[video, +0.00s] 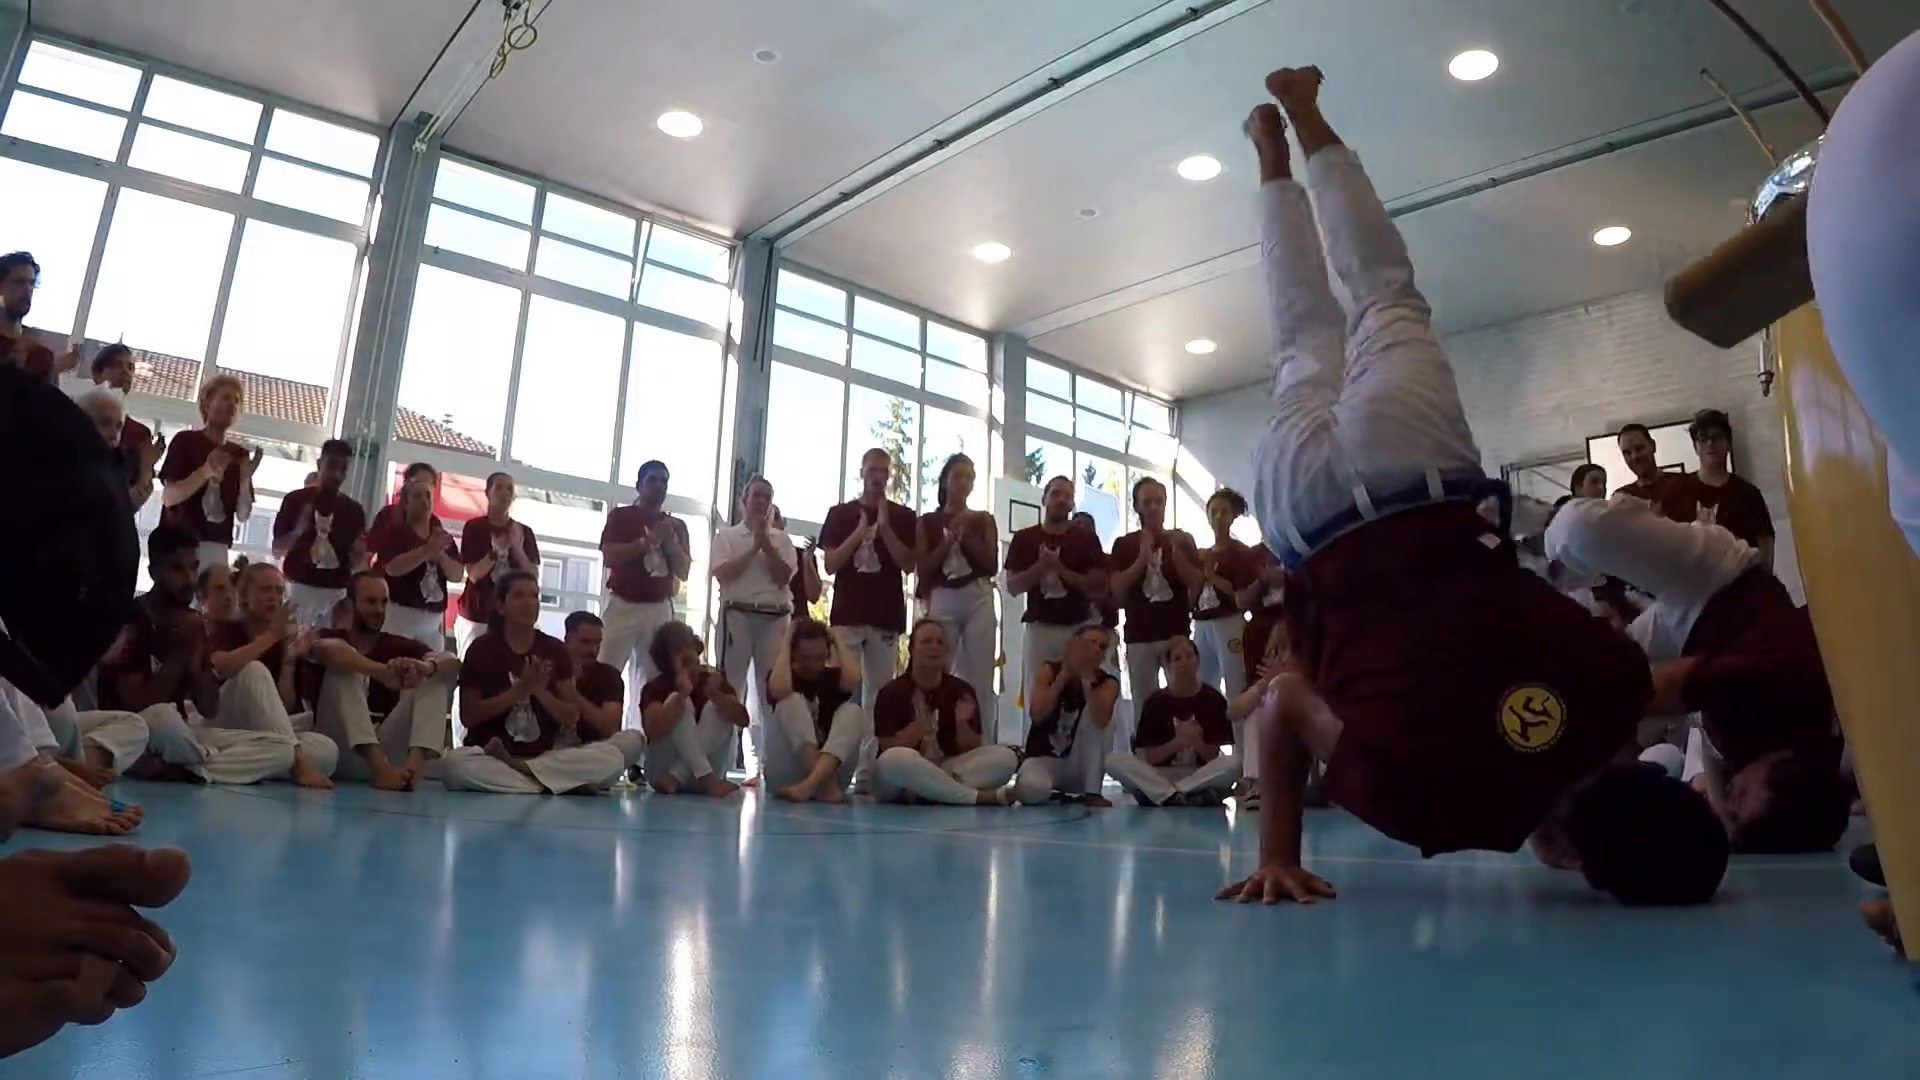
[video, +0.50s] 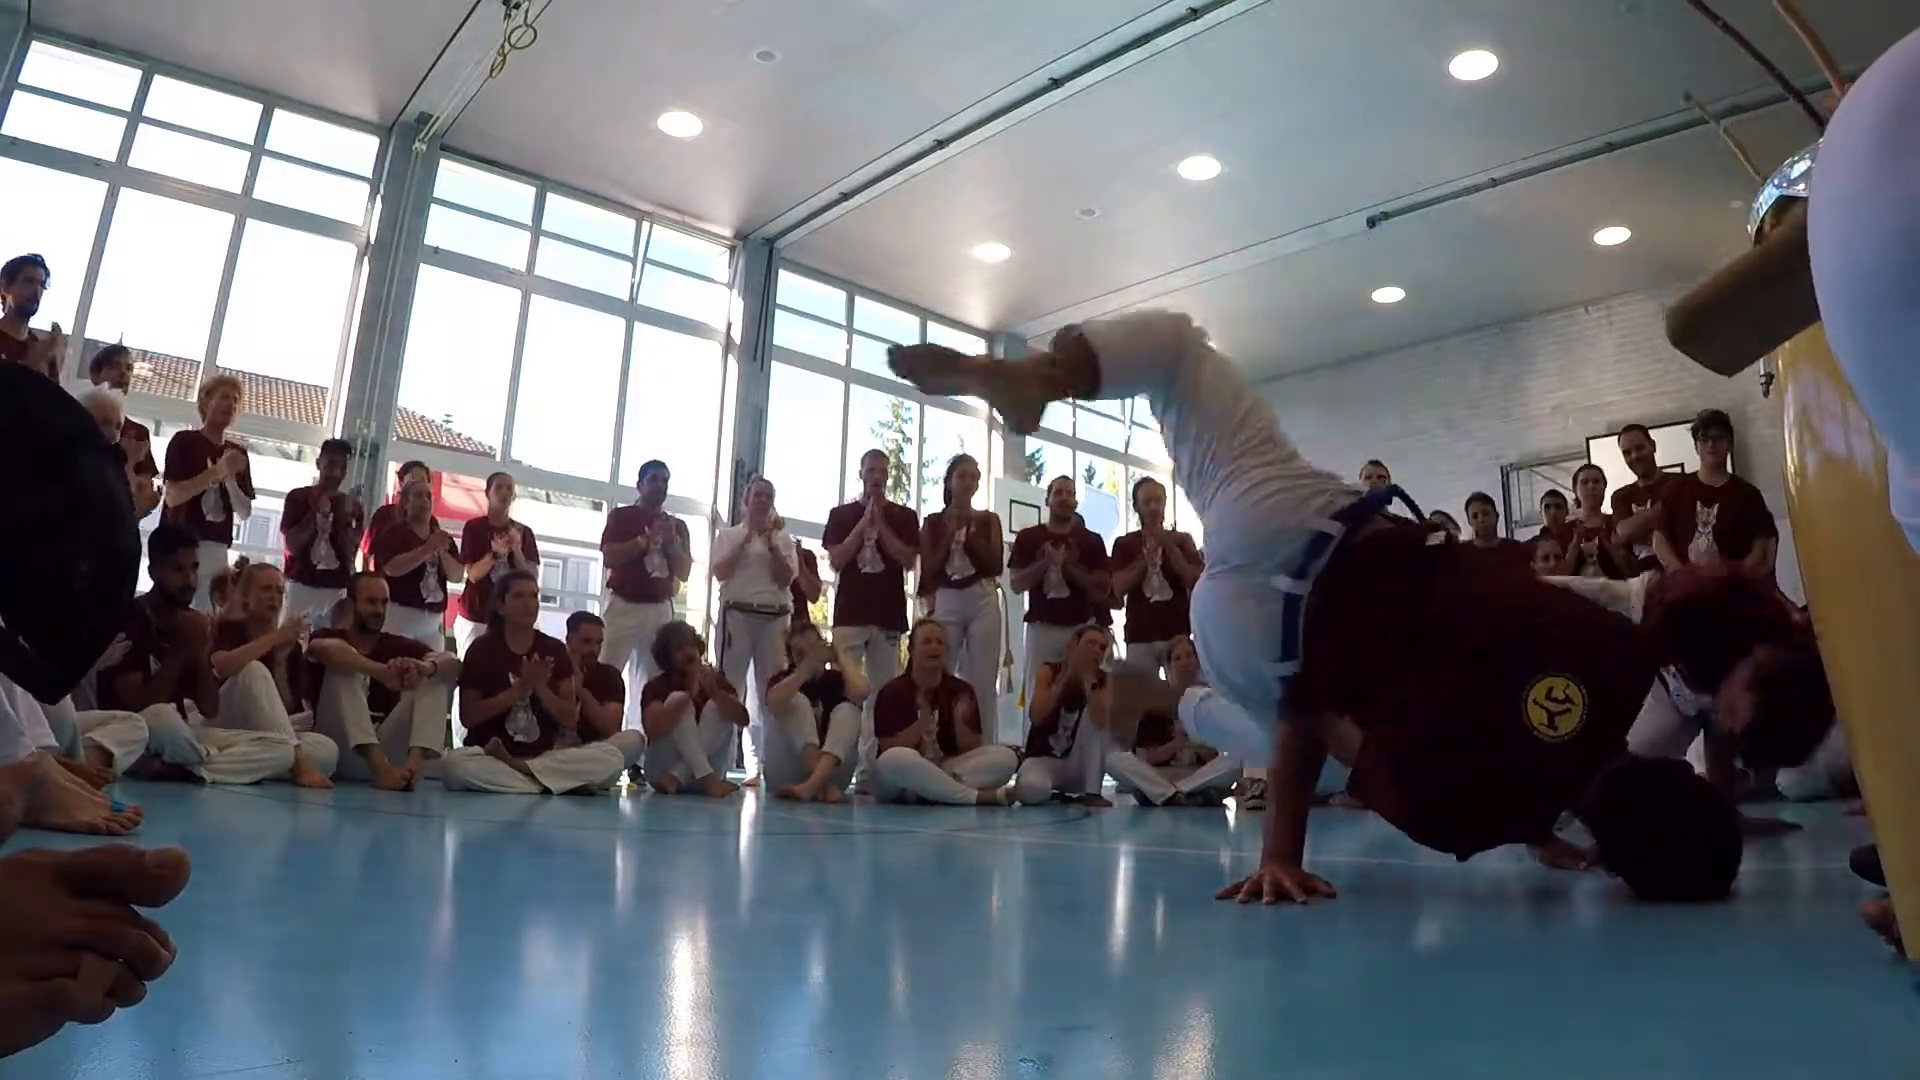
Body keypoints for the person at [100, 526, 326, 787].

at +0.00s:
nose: (189, 578)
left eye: (193, 568)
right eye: (177, 569)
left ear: (197, 570)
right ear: (153, 571)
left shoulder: (194, 621)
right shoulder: (133, 615)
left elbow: (209, 707)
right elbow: (134, 703)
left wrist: (193, 656)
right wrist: (177, 656)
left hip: (190, 729)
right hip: (138, 733)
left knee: (284, 752)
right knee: (161, 716)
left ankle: (184, 771)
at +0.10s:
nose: (189, 578)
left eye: (193, 568)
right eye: (177, 569)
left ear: (197, 569)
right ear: (153, 571)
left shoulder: (194, 621)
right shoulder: (131, 615)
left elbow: (210, 707)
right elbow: (134, 703)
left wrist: (194, 653)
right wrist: (177, 655)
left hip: (187, 729)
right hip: (135, 733)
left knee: (283, 752)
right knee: (161, 717)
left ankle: (182, 771)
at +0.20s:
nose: (190, 579)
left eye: (194, 569)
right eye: (178, 570)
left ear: (199, 569)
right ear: (153, 572)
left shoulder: (195, 622)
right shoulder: (131, 615)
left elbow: (210, 707)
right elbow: (138, 702)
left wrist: (198, 652)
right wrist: (180, 648)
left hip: (188, 730)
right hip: (140, 731)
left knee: (282, 752)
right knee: (160, 716)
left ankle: (181, 771)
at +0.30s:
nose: (189, 579)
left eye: (194, 568)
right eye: (177, 569)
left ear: (199, 569)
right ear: (153, 571)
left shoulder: (194, 622)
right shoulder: (130, 617)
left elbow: (207, 708)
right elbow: (140, 703)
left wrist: (199, 648)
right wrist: (181, 646)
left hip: (184, 730)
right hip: (135, 732)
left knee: (284, 751)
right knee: (161, 716)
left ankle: (181, 771)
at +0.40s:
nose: (190, 579)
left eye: (193, 568)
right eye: (178, 569)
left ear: (198, 568)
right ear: (153, 571)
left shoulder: (195, 622)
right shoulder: (128, 618)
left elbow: (208, 707)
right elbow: (139, 702)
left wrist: (199, 648)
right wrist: (180, 648)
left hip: (185, 731)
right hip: (134, 732)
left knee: (283, 751)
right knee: (162, 716)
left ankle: (184, 771)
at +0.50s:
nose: (190, 579)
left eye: (194, 568)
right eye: (177, 569)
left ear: (199, 569)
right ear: (153, 572)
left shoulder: (195, 622)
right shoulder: (129, 616)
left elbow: (209, 708)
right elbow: (137, 702)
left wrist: (200, 650)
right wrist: (183, 647)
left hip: (184, 733)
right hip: (134, 733)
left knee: (283, 751)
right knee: (162, 716)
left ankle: (182, 771)